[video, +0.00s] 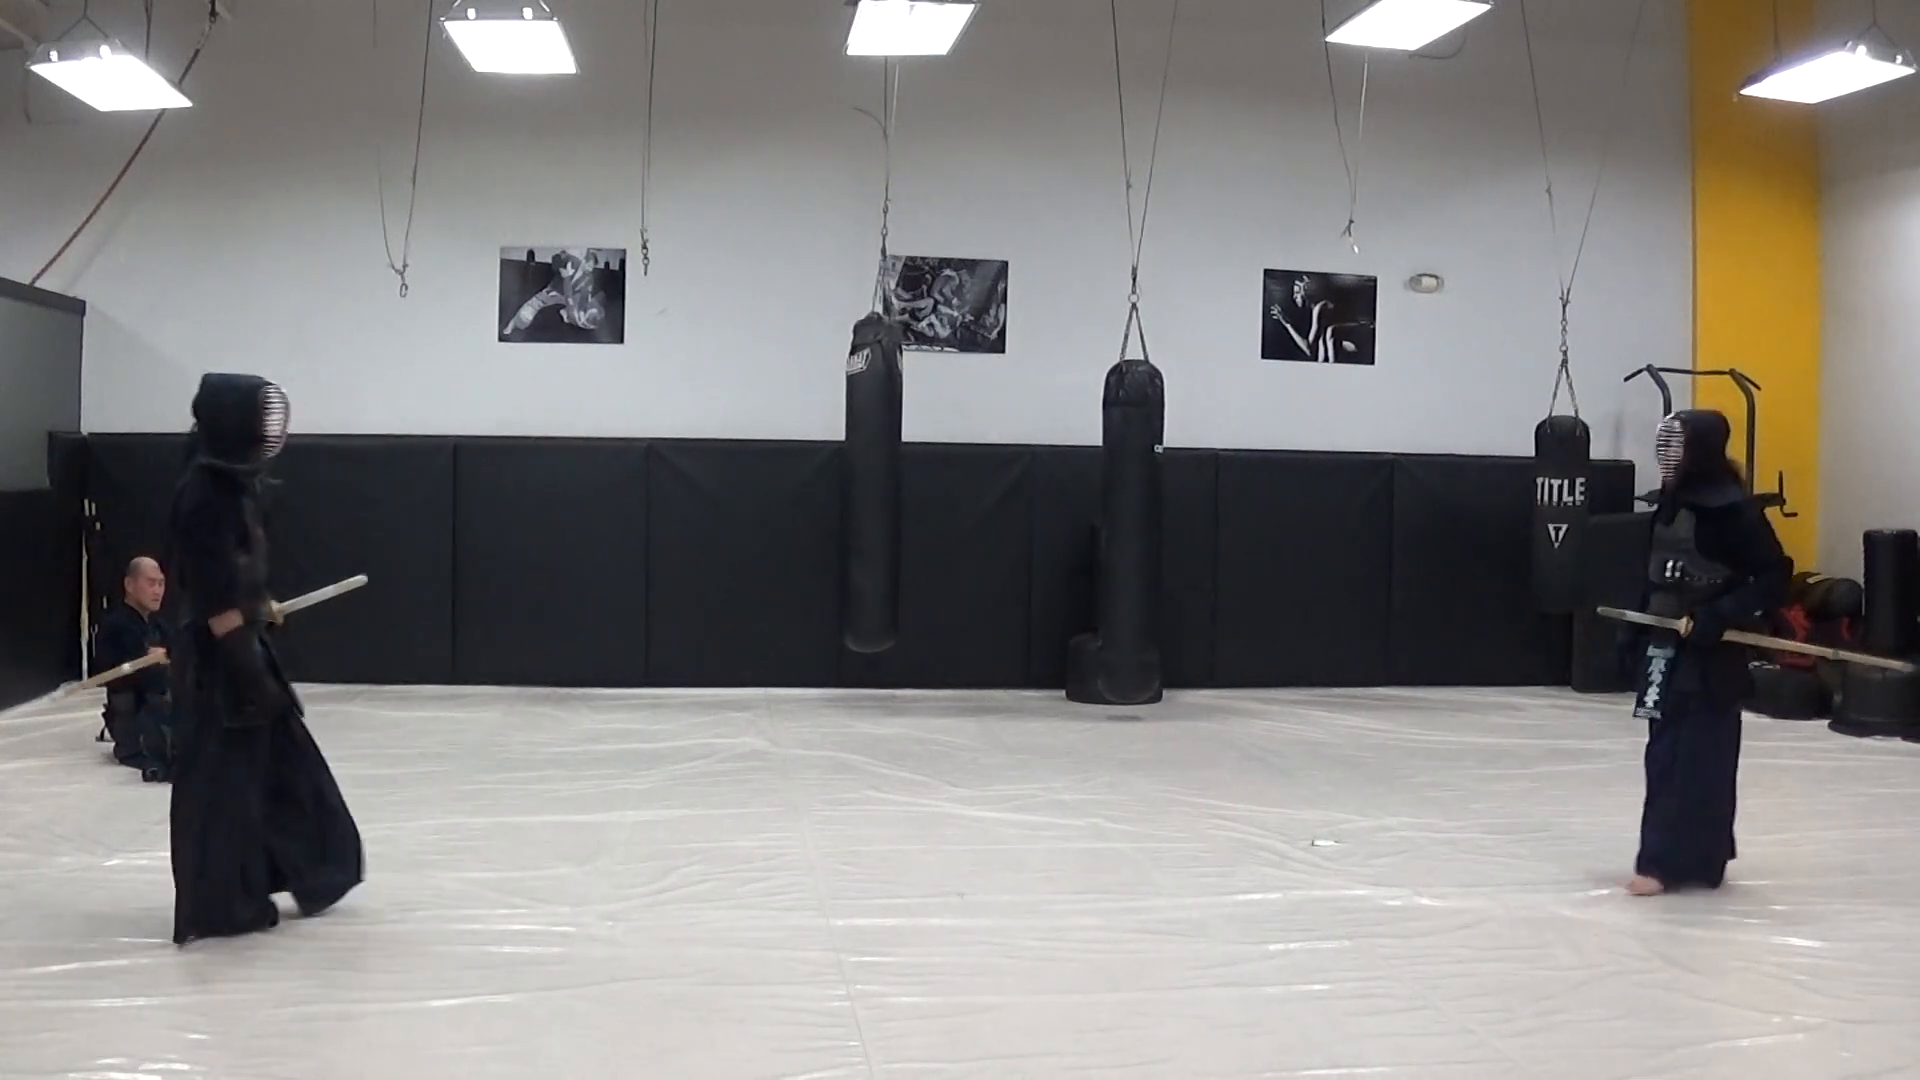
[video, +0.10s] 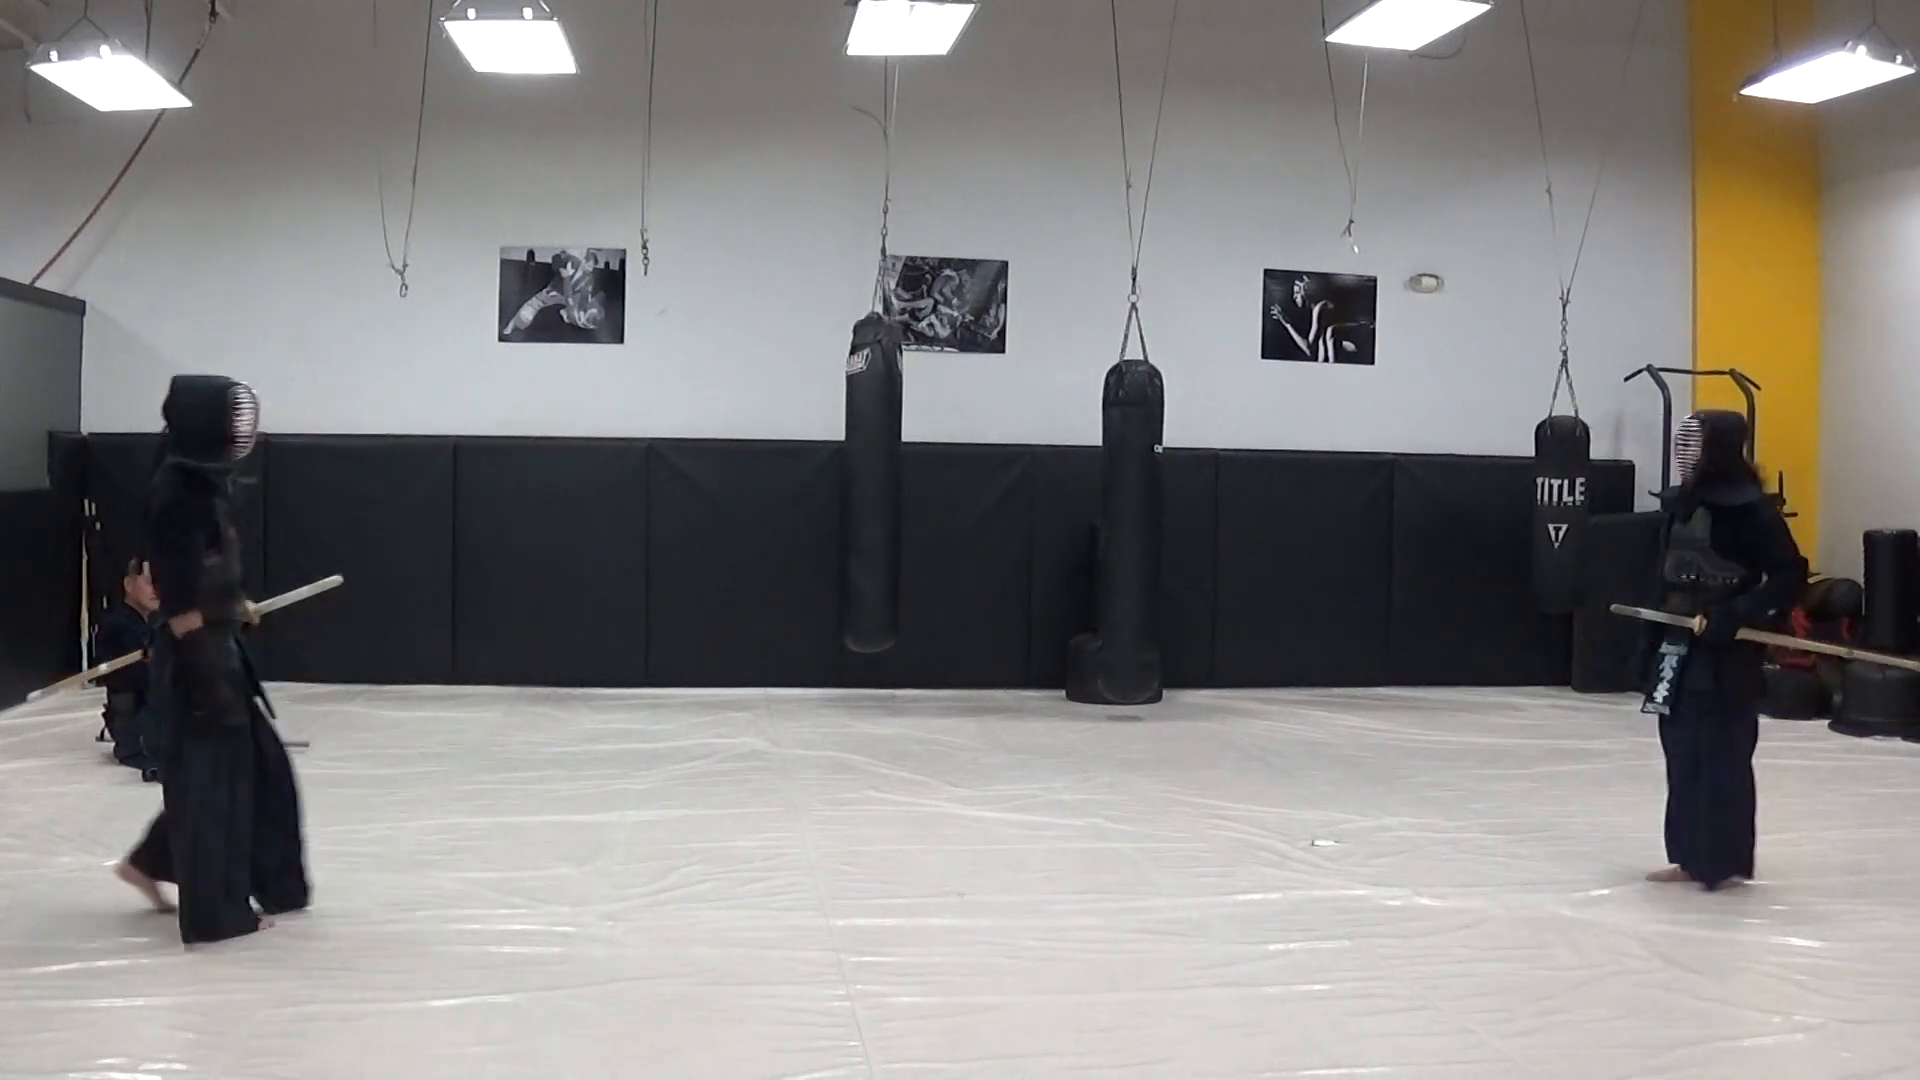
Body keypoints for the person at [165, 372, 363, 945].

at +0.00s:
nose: (271, 434)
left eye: (271, 422)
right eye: (263, 423)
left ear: (223, 424)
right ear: (238, 426)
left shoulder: (231, 485)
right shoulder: (208, 492)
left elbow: (230, 573)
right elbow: (215, 598)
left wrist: (261, 603)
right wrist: (255, 678)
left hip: (233, 649)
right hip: (213, 658)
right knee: (221, 780)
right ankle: (218, 903)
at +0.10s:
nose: (241, 439)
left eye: (241, 428)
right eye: (234, 428)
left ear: (199, 429)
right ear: (210, 429)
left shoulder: (204, 486)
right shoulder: (179, 494)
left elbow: (208, 576)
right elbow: (179, 601)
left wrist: (238, 604)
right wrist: (215, 682)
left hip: (215, 646)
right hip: (194, 652)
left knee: (233, 761)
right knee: (222, 772)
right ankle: (220, 910)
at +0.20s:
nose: (214, 437)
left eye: (214, 426)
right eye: (205, 427)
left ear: (169, 429)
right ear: (180, 429)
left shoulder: (183, 489)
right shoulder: (149, 496)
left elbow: (176, 582)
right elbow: (145, 603)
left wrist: (210, 610)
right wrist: (169, 687)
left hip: (186, 651)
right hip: (165, 657)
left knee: (174, 768)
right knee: (200, 771)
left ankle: (92, 867)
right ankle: (220, 909)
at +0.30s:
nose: (187, 438)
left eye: (187, 426)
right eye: (178, 426)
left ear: (154, 432)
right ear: (150, 430)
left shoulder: (156, 490)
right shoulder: (118, 498)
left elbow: (149, 583)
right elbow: (114, 604)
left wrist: (182, 611)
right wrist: (133, 682)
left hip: (152, 648)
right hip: (129, 654)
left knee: (115, 772)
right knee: (176, 772)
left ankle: (76, 882)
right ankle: (215, 901)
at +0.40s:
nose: (163, 428)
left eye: (163, 417)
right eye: (154, 417)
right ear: (126, 424)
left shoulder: (133, 484)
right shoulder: (91, 491)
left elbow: (129, 572)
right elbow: (88, 594)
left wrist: (157, 605)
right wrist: (130, 656)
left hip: (126, 642)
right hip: (101, 647)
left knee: (98, 765)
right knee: (140, 764)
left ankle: (77, 883)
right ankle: (186, 891)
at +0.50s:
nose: (139, 428)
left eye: (140, 417)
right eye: (129, 417)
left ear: (126, 419)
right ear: (99, 419)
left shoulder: (109, 481)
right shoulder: (67, 486)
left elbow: (111, 571)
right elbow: (60, 586)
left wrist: (132, 622)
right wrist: (89, 662)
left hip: (105, 635)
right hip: (79, 640)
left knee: (95, 756)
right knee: (95, 756)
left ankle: (90, 878)